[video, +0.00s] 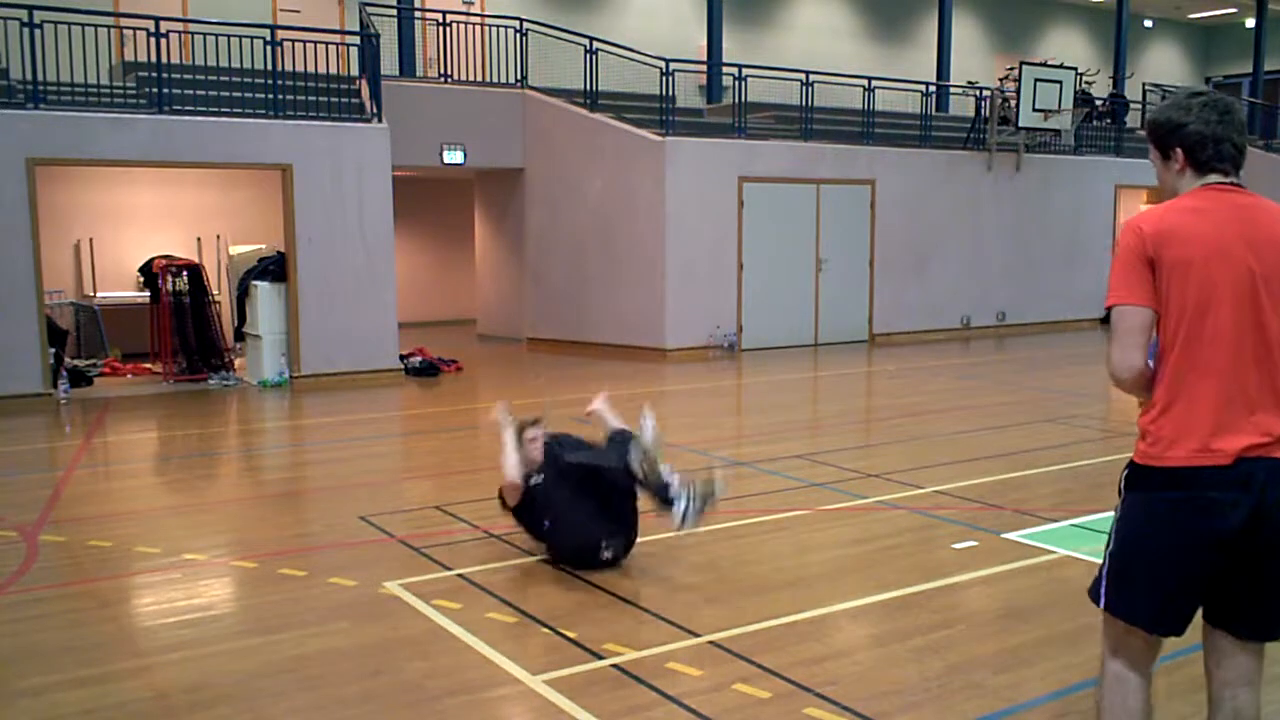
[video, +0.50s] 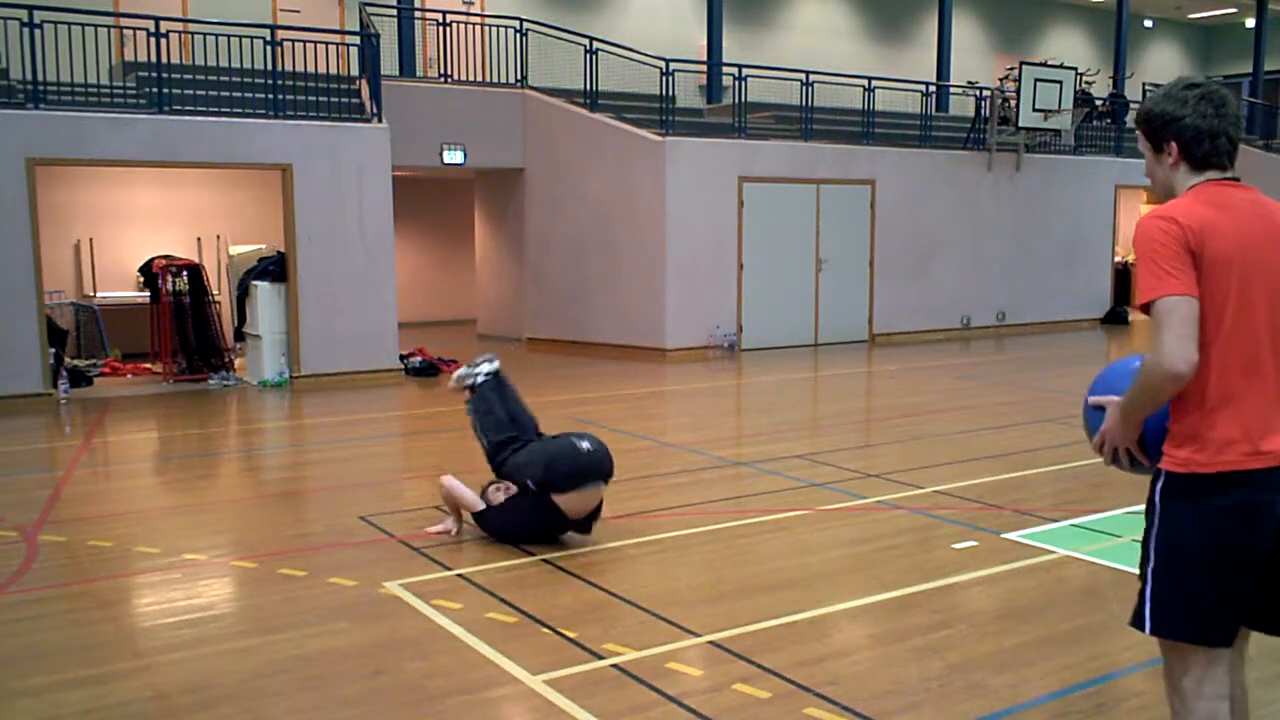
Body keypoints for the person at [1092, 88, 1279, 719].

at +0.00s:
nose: (1154, 170)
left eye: (1155, 157)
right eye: (1154, 157)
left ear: (1174, 157)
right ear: (1235, 154)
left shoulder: (1150, 229)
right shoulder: (1274, 220)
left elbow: (1127, 367)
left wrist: (1170, 384)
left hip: (1175, 478)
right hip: (1267, 479)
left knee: (1127, 659)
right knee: (1239, 666)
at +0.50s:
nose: (1146, 170)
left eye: (1146, 154)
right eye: (1145, 155)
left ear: (1169, 150)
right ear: (1223, 147)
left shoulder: (1169, 221)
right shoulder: (1270, 213)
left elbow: (1175, 359)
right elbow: (1256, 343)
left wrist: (1126, 416)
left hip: (1208, 477)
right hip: (1269, 470)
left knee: (1196, 669)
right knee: (1229, 656)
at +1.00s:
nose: (1177, 167)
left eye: (1177, 151)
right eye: (1175, 152)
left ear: (1205, 148)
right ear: (1256, 148)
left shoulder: (1206, 223)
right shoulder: (1276, 206)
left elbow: (1214, 356)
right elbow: (1249, 350)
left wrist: (1145, 411)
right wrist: (1179, 405)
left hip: (1233, 469)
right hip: (1277, 465)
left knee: (1190, 656)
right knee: (1274, 633)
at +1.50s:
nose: (1160, 190)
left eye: (1162, 175)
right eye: (1158, 176)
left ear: (1190, 169)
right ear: (1227, 163)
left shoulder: (1205, 233)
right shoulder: (1273, 212)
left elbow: (1230, 360)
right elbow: (1259, 347)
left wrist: (1171, 428)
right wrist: (1196, 409)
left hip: (1250, 464)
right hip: (1279, 458)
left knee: (1191, 639)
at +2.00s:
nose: (1068, 223)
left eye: (1067, 209)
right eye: (1066, 209)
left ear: (1089, 207)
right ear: (1139, 200)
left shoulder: (1101, 270)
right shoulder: (1203, 245)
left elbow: (1111, 402)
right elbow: (1232, 369)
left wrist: (1099, 500)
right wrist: (1175, 471)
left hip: (1208, 463)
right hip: (1274, 447)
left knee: (1184, 646)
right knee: (1268, 625)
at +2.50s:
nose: (1072, 175)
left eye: (1073, 161)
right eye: (1072, 161)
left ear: (1092, 164)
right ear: (1143, 160)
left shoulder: (1096, 236)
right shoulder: (1198, 226)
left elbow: (1045, 361)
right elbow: (1148, 343)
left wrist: (980, 373)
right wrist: (1054, 343)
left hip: (1166, 457)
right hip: (1243, 448)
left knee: (1156, 634)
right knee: (1230, 616)